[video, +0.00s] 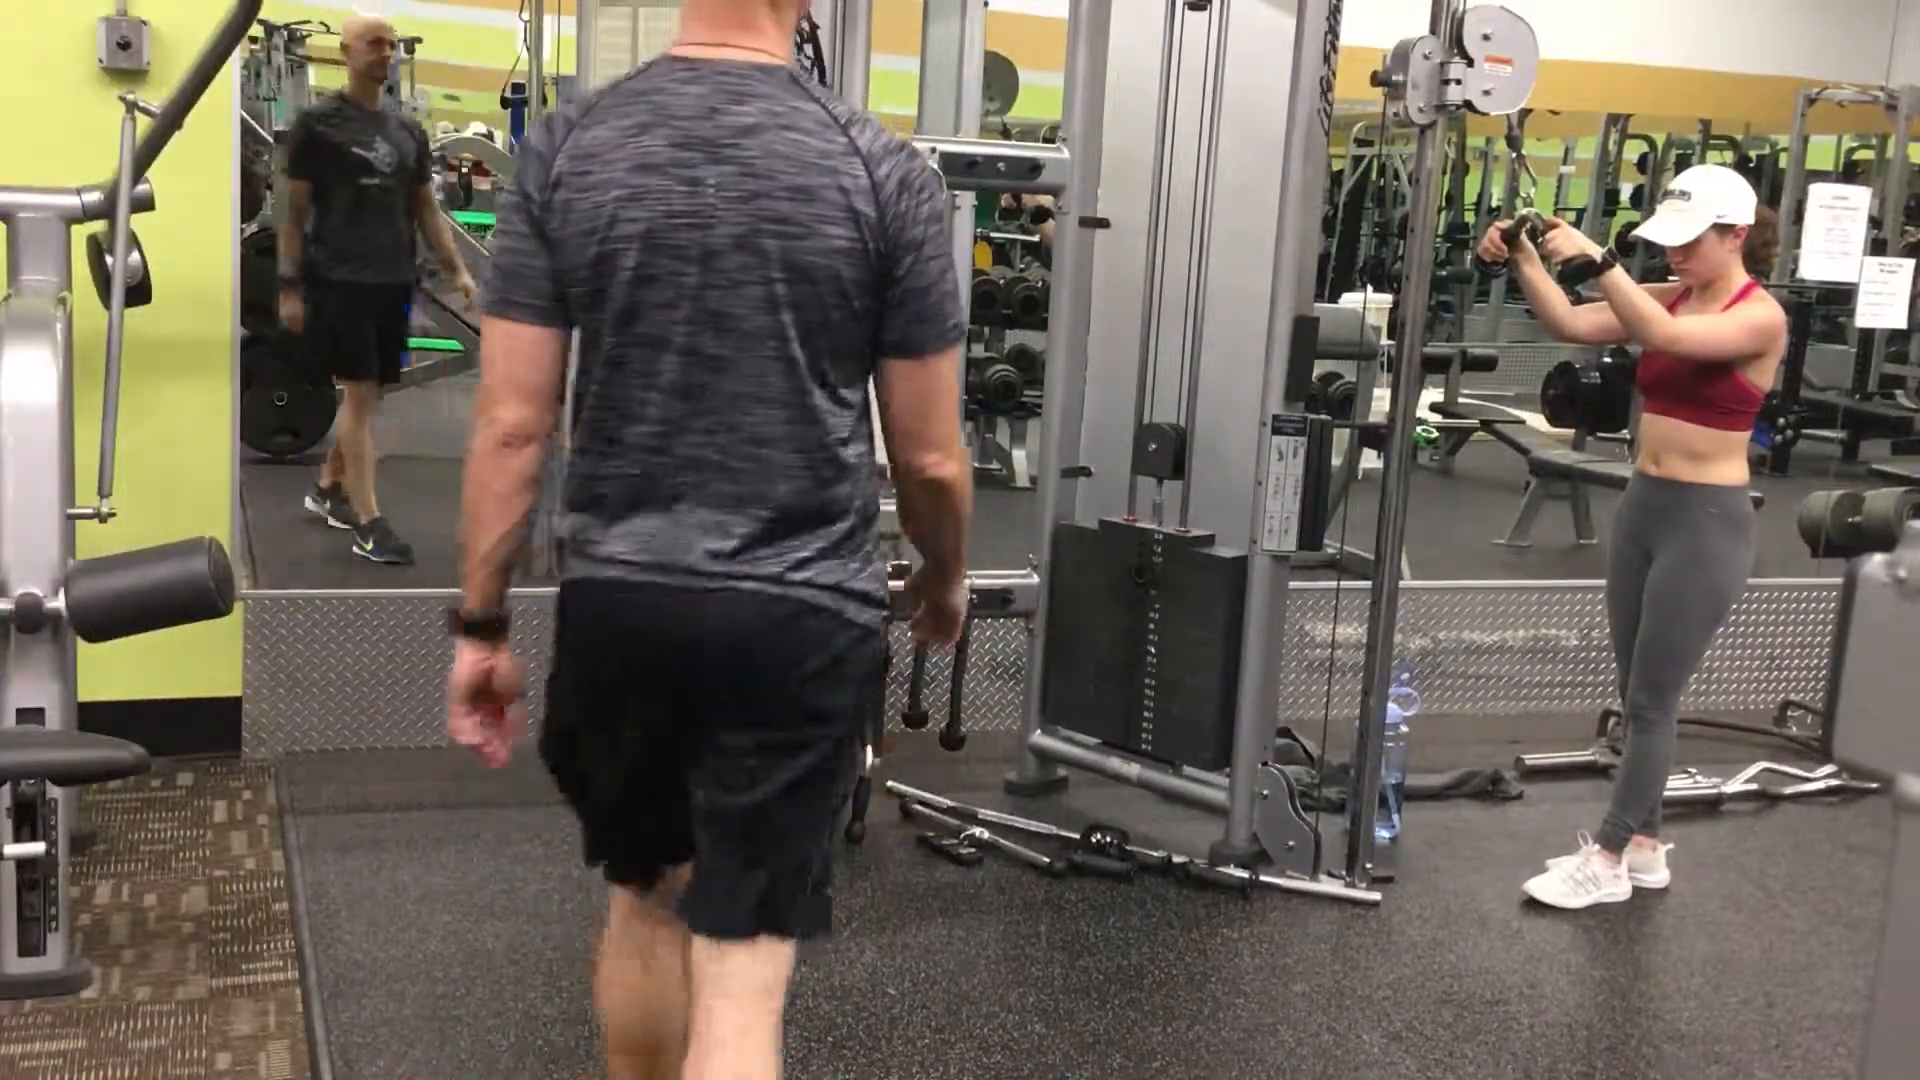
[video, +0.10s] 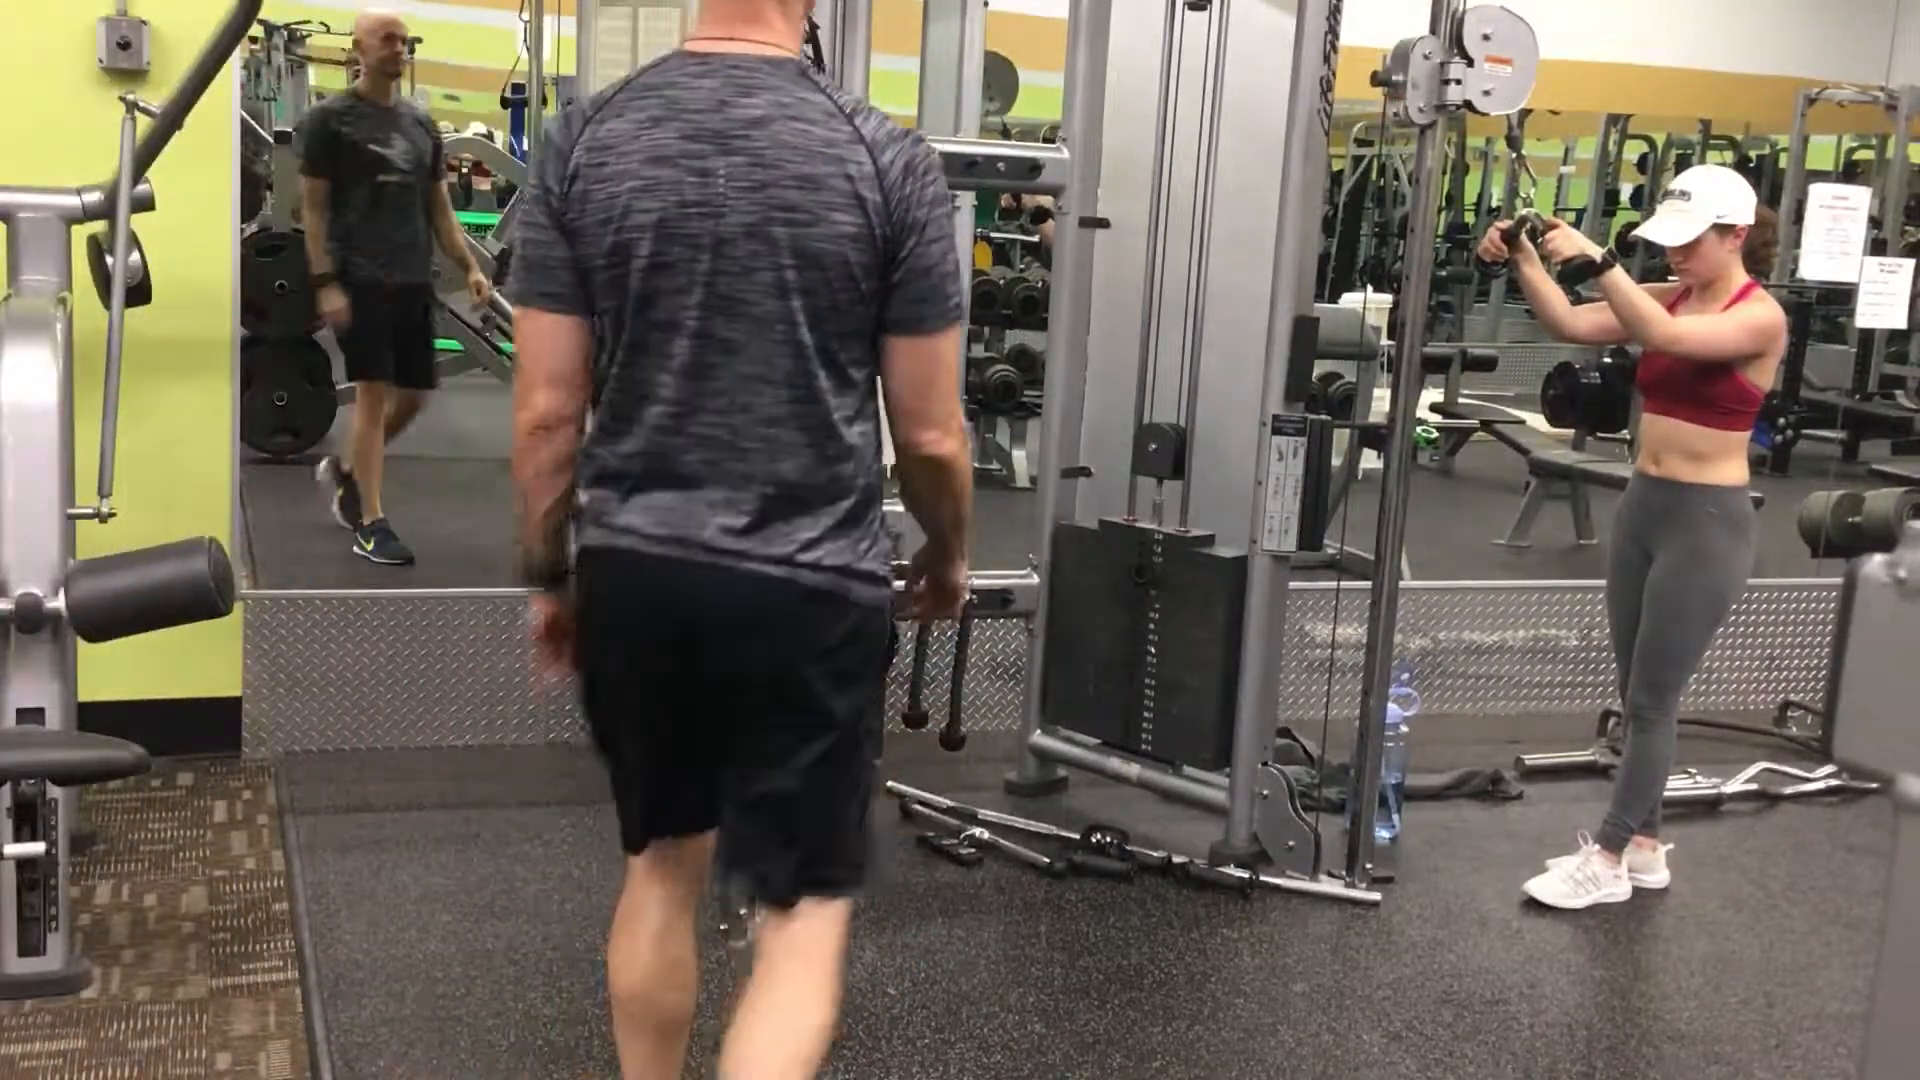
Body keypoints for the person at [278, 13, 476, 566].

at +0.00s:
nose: (385, 52)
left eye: (390, 43)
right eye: (373, 43)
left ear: (395, 52)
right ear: (346, 50)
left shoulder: (407, 132)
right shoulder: (315, 125)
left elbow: (427, 207)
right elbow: (293, 211)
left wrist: (458, 267)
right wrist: (289, 284)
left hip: (393, 280)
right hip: (337, 279)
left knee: (365, 392)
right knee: (360, 394)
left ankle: (330, 486)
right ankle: (369, 520)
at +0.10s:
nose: (400, 49)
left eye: (404, 40)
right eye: (388, 39)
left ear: (408, 50)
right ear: (358, 49)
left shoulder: (421, 127)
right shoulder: (326, 121)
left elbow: (440, 208)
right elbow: (313, 209)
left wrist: (472, 265)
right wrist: (326, 282)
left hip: (413, 280)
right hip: (358, 279)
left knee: (412, 396)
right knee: (373, 394)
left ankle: (344, 468)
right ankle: (372, 519)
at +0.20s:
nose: (412, 43)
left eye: (417, 35)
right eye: (400, 34)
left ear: (421, 44)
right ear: (371, 44)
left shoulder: (436, 123)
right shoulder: (347, 115)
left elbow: (451, 207)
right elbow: (335, 202)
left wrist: (485, 260)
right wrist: (372, 263)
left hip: (430, 277)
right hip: (371, 276)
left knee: (450, 395)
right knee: (377, 394)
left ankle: (386, 468)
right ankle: (370, 520)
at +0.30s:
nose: (428, 44)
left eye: (432, 35)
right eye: (416, 35)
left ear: (436, 44)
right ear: (386, 43)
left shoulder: (450, 122)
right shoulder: (365, 115)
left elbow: (466, 210)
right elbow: (366, 203)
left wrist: (502, 255)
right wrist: (413, 231)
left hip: (446, 279)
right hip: (388, 279)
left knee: (480, 392)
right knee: (383, 395)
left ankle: (436, 499)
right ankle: (372, 521)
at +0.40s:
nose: (446, 47)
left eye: (450, 39)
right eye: (434, 38)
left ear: (453, 48)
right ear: (406, 48)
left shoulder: (468, 126)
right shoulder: (387, 114)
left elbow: (489, 207)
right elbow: (398, 195)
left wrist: (527, 253)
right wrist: (457, 205)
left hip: (464, 287)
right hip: (406, 285)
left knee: (492, 403)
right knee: (391, 399)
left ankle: (503, 527)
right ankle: (372, 521)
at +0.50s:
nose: (464, 53)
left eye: (469, 44)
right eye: (452, 44)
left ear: (476, 54)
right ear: (426, 55)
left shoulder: (492, 132)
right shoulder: (407, 120)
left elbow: (514, 213)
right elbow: (428, 192)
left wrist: (528, 224)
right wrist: (482, 186)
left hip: (485, 293)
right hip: (428, 291)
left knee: (503, 412)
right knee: (406, 406)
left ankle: (526, 530)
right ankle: (374, 521)